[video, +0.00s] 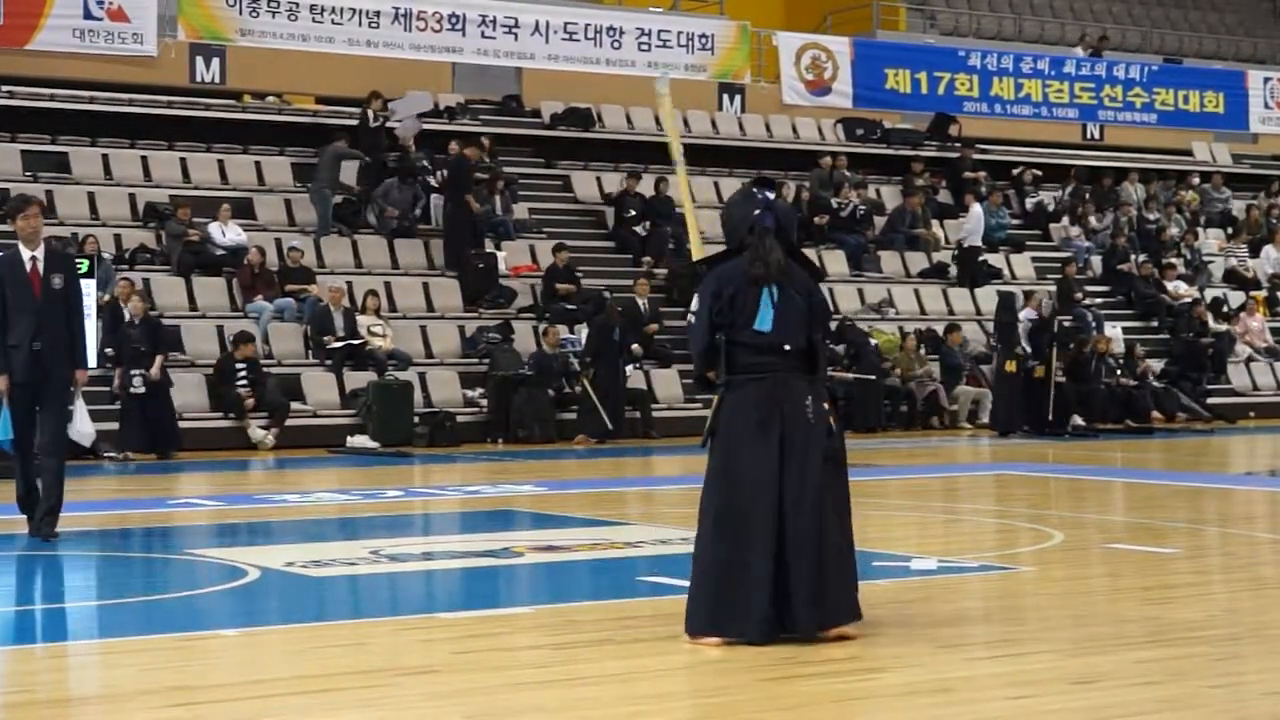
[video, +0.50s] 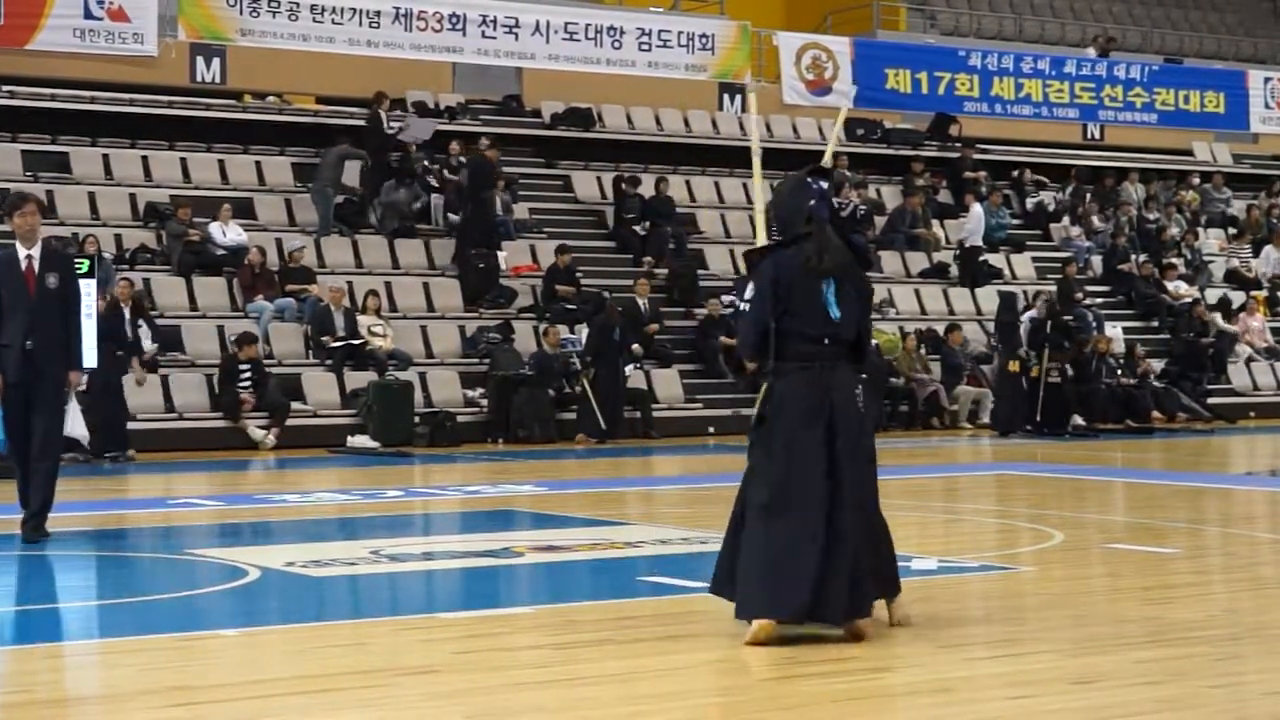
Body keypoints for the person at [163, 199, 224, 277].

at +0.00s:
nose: (186, 212)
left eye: (187, 209)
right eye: (182, 210)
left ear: (190, 212)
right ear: (176, 212)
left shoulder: (193, 224)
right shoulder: (171, 224)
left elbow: (206, 235)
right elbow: (176, 231)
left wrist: (197, 237)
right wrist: (195, 232)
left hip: (200, 251)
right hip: (182, 251)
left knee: (215, 262)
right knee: (186, 265)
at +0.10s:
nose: (186, 212)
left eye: (187, 209)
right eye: (182, 210)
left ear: (190, 212)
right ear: (176, 212)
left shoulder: (193, 225)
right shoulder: (171, 224)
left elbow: (206, 235)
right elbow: (177, 231)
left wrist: (197, 237)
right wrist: (196, 232)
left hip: (200, 251)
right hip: (182, 252)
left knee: (216, 262)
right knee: (186, 265)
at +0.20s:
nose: (186, 212)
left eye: (187, 210)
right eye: (182, 210)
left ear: (190, 212)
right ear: (176, 212)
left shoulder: (194, 224)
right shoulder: (171, 224)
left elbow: (206, 235)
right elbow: (177, 231)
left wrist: (196, 237)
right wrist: (196, 232)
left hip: (200, 251)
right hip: (183, 251)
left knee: (216, 262)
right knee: (187, 264)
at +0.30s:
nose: (186, 213)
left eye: (188, 210)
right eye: (183, 210)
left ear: (191, 212)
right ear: (176, 212)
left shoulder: (194, 224)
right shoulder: (171, 224)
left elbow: (207, 235)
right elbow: (177, 231)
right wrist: (196, 232)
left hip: (200, 251)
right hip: (183, 251)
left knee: (216, 261)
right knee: (187, 264)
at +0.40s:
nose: (186, 213)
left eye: (188, 211)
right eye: (183, 211)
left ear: (191, 212)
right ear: (176, 212)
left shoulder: (194, 224)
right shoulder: (171, 224)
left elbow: (207, 236)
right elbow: (178, 231)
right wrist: (197, 232)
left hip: (200, 251)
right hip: (183, 251)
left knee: (216, 262)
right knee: (187, 265)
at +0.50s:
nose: (186, 213)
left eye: (188, 210)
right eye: (183, 210)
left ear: (191, 212)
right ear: (176, 212)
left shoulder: (194, 224)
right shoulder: (171, 224)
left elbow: (207, 235)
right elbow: (178, 231)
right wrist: (197, 232)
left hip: (200, 251)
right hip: (183, 251)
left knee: (216, 261)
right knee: (187, 264)